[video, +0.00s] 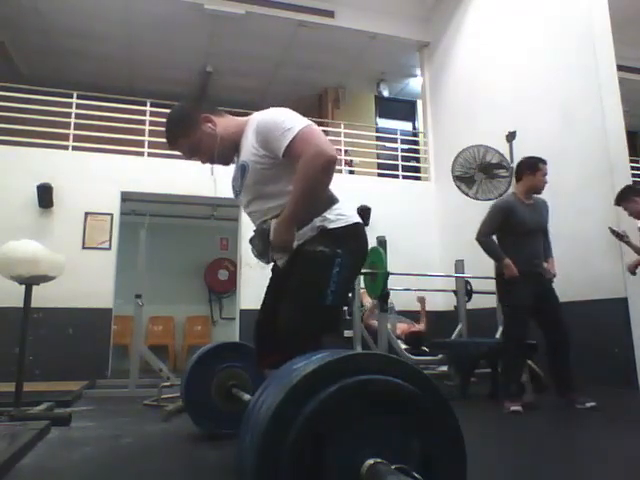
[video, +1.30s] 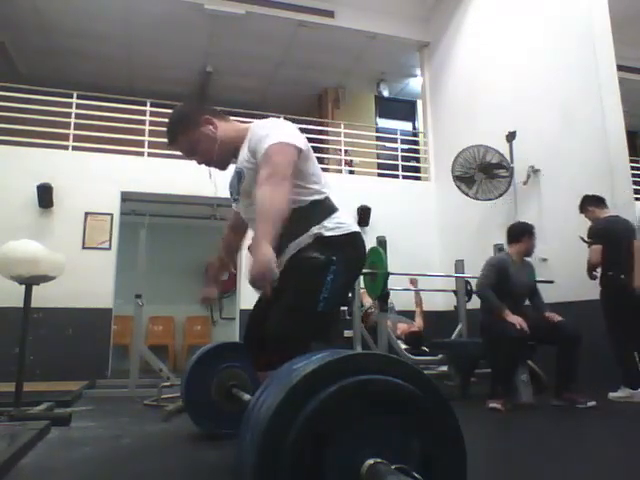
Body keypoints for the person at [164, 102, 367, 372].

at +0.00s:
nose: (202, 160)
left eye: (196, 151)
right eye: (194, 157)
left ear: (209, 125)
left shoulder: (267, 121)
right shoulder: (241, 173)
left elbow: (321, 156)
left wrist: (287, 223)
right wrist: (265, 235)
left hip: (330, 240)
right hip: (296, 255)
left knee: (299, 337)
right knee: (270, 340)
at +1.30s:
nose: (198, 161)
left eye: (194, 151)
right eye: (191, 157)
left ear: (210, 127)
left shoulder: (272, 130)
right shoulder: (241, 178)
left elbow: (276, 182)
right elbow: (236, 228)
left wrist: (263, 246)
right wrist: (223, 265)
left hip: (328, 245)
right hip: (296, 260)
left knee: (288, 337)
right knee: (258, 336)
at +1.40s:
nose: (200, 162)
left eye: (197, 151)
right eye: (193, 157)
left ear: (213, 126)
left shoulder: (272, 133)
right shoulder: (236, 175)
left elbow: (257, 174)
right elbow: (212, 219)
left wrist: (220, 216)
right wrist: (179, 262)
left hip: (330, 247)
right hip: (292, 263)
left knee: (290, 339)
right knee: (258, 338)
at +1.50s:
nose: (204, 157)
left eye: (201, 148)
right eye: (197, 154)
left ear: (215, 125)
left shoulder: (278, 134)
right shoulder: (241, 177)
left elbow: (227, 158)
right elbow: (204, 207)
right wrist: (150, 233)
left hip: (331, 250)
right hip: (294, 264)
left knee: (294, 342)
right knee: (257, 338)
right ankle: (283, 426)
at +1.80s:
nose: (201, 160)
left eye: (201, 148)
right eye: (196, 154)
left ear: (221, 126)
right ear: (215, 130)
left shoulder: (277, 136)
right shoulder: (236, 176)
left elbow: (199, 135)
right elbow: (183, 182)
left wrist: (111, 128)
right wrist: (122, 180)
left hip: (333, 254)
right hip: (296, 269)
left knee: (290, 348)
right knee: (256, 345)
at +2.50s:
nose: (201, 156)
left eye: (201, 146)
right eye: (195, 149)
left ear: (218, 129)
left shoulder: (273, 145)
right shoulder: (238, 182)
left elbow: (191, 147)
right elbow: (177, 184)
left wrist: (108, 144)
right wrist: (118, 176)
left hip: (340, 259)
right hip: (304, 272)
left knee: (294, 348)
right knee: (256, 342)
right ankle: (282, 425)